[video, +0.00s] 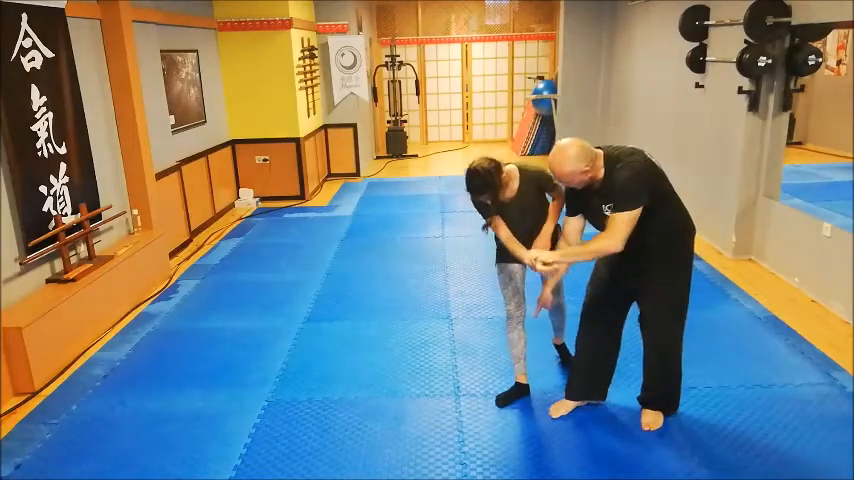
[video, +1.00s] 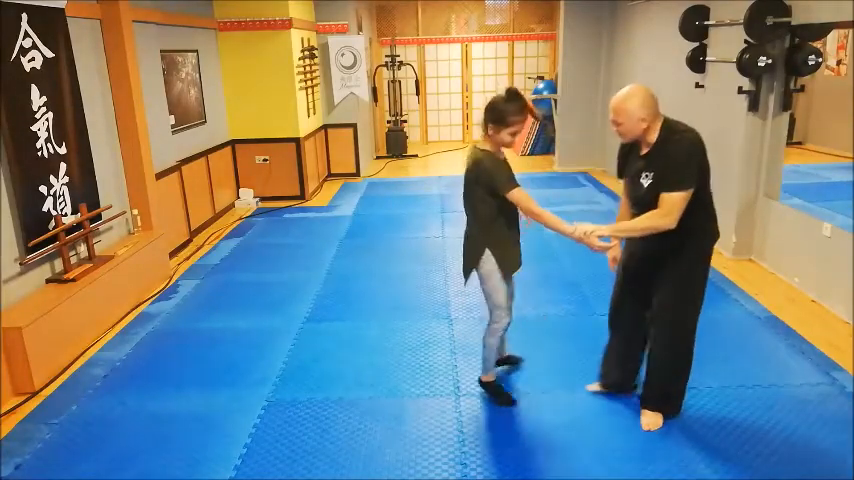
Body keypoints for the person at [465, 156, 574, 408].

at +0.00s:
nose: (485, 202)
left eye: (488, 196)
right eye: (481, 199)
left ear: (501, 179)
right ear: (477, 189)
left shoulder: (534, 175)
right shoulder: (480, 195)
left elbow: (559, 194)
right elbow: (504, 235)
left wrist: (546, 233)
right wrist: (529, 258)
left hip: (546, 241)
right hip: (511, 248)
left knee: (556, 299)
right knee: (513, 313)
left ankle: (560, 342)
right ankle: (521, 381)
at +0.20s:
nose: (495, 210)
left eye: (497, 204)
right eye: (489, 209)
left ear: (505, 185)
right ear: (481, 198)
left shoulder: (534, 177)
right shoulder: (484, 201)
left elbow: (558, 191)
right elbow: (507, 235)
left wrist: (548, 232)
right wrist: (537, 263)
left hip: (543, 241)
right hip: (509, 247)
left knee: (554, 298)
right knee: (512, 312)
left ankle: (556, 342)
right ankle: (520, 381)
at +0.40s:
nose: (495, 207)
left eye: (498, 202)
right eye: (490, 206)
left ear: (508, 183)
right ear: (481, 196)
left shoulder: (536, 175)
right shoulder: (483, 200)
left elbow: (555, 192)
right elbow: (506, 233)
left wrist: (547, 232)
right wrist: (539, 262)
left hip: (540, 238)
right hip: (504, 243)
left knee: (553, 296)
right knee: (509, 314)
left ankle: (556, 342)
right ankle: (520, 381)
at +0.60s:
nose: (498, 193)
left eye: (501, 187)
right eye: (492, 190)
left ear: (513, 167)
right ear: (484, 181)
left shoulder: (536, 167)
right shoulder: (482, 192)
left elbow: (545, 194)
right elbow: (511, 228)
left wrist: (542, 224)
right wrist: (549, 258)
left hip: (533, 235)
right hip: (497, 242)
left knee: (551, 298)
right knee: (501, 317)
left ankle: (557, 342)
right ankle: (516, 381)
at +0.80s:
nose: (510, 161)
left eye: (514, 154)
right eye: (503, 154)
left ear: (521, 148)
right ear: (490, 149)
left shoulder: (517, 163)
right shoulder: (482, 175)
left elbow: (522, 191)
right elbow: (520, 217)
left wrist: (534, 213)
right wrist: (560, 245)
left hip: (518, 240)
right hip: (488, 248)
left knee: (530, 295)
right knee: (498, 319)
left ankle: (542, 345)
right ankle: (506, 376)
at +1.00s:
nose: (516, 139)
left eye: (519, 132)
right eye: (512, 133)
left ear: (516, 124)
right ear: (491, 128)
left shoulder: (492, 153)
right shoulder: (489, 164)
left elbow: (495, 197)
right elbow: (533, 211)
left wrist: (519, 212)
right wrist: (578, 234)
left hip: (498, 242)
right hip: (486, 246)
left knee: (505, 304)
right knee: (499, 315)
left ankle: (498, 355)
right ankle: (486, 378)